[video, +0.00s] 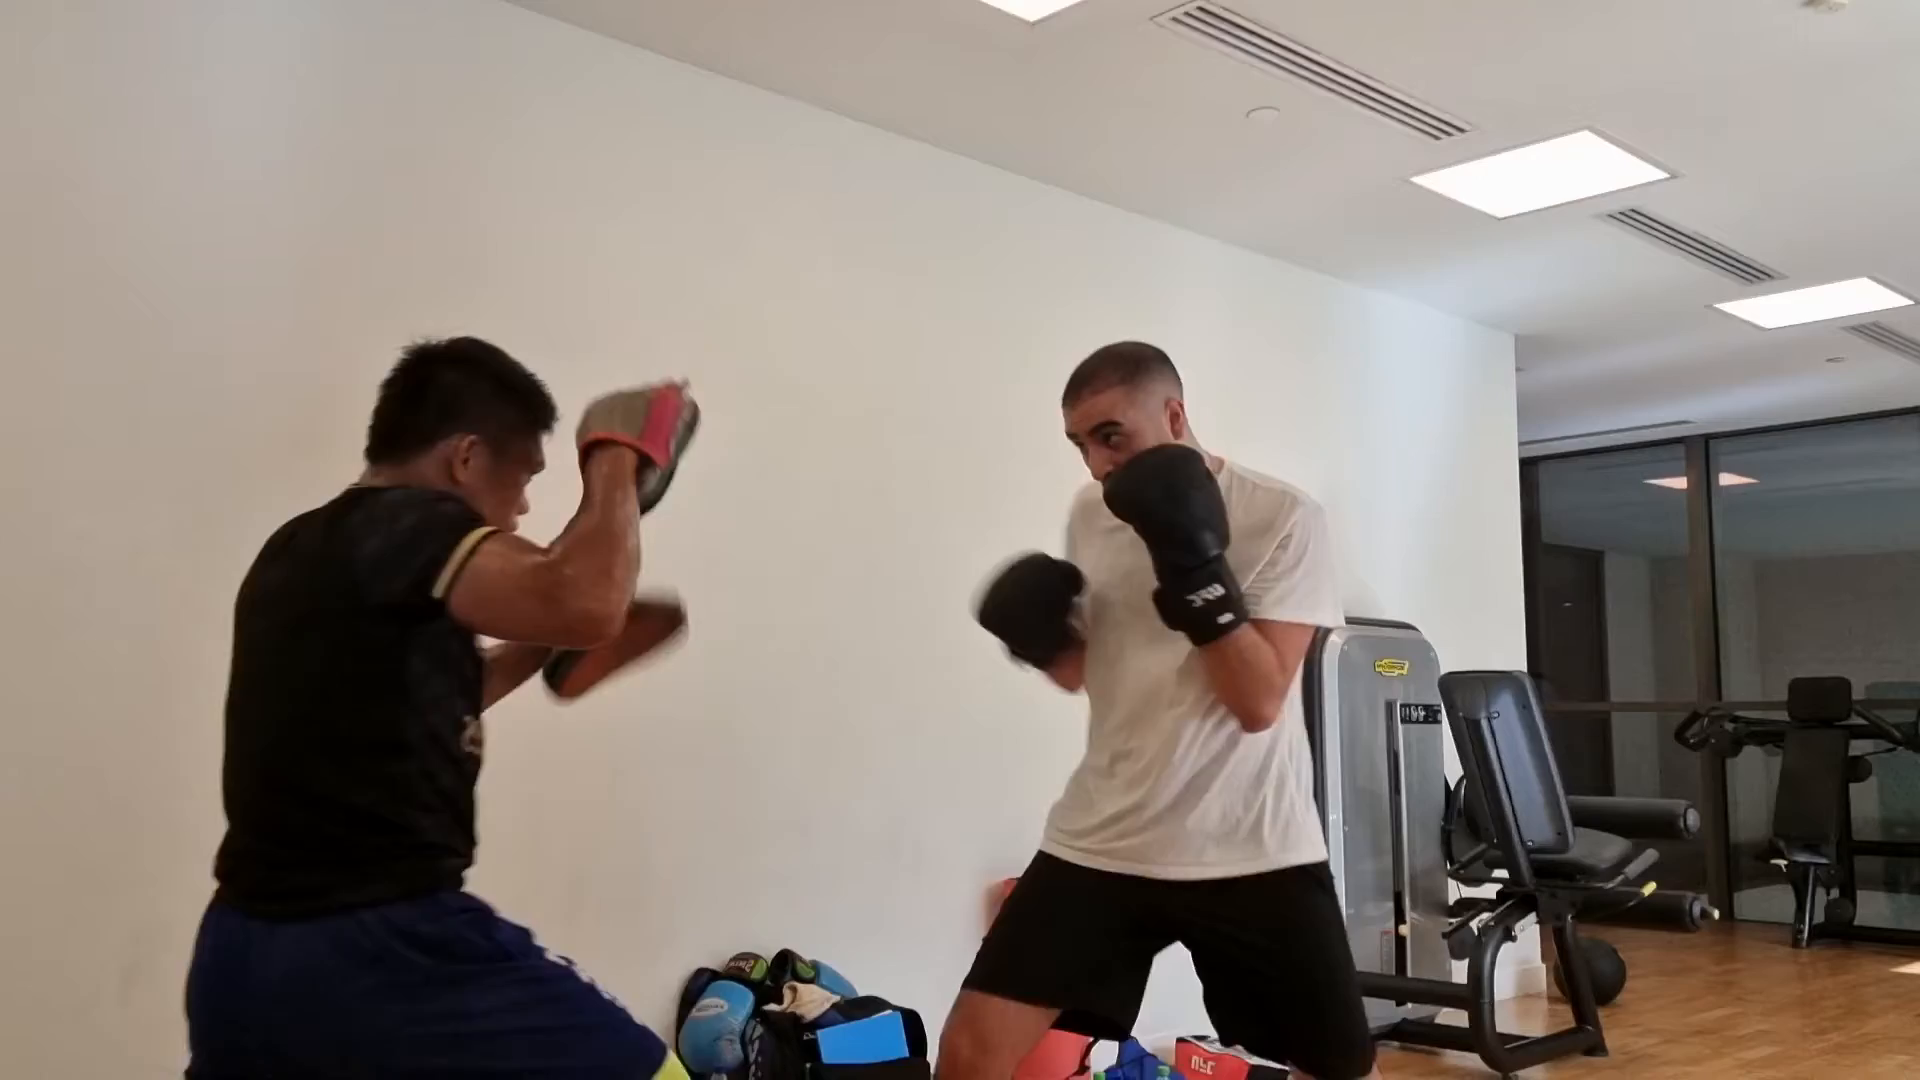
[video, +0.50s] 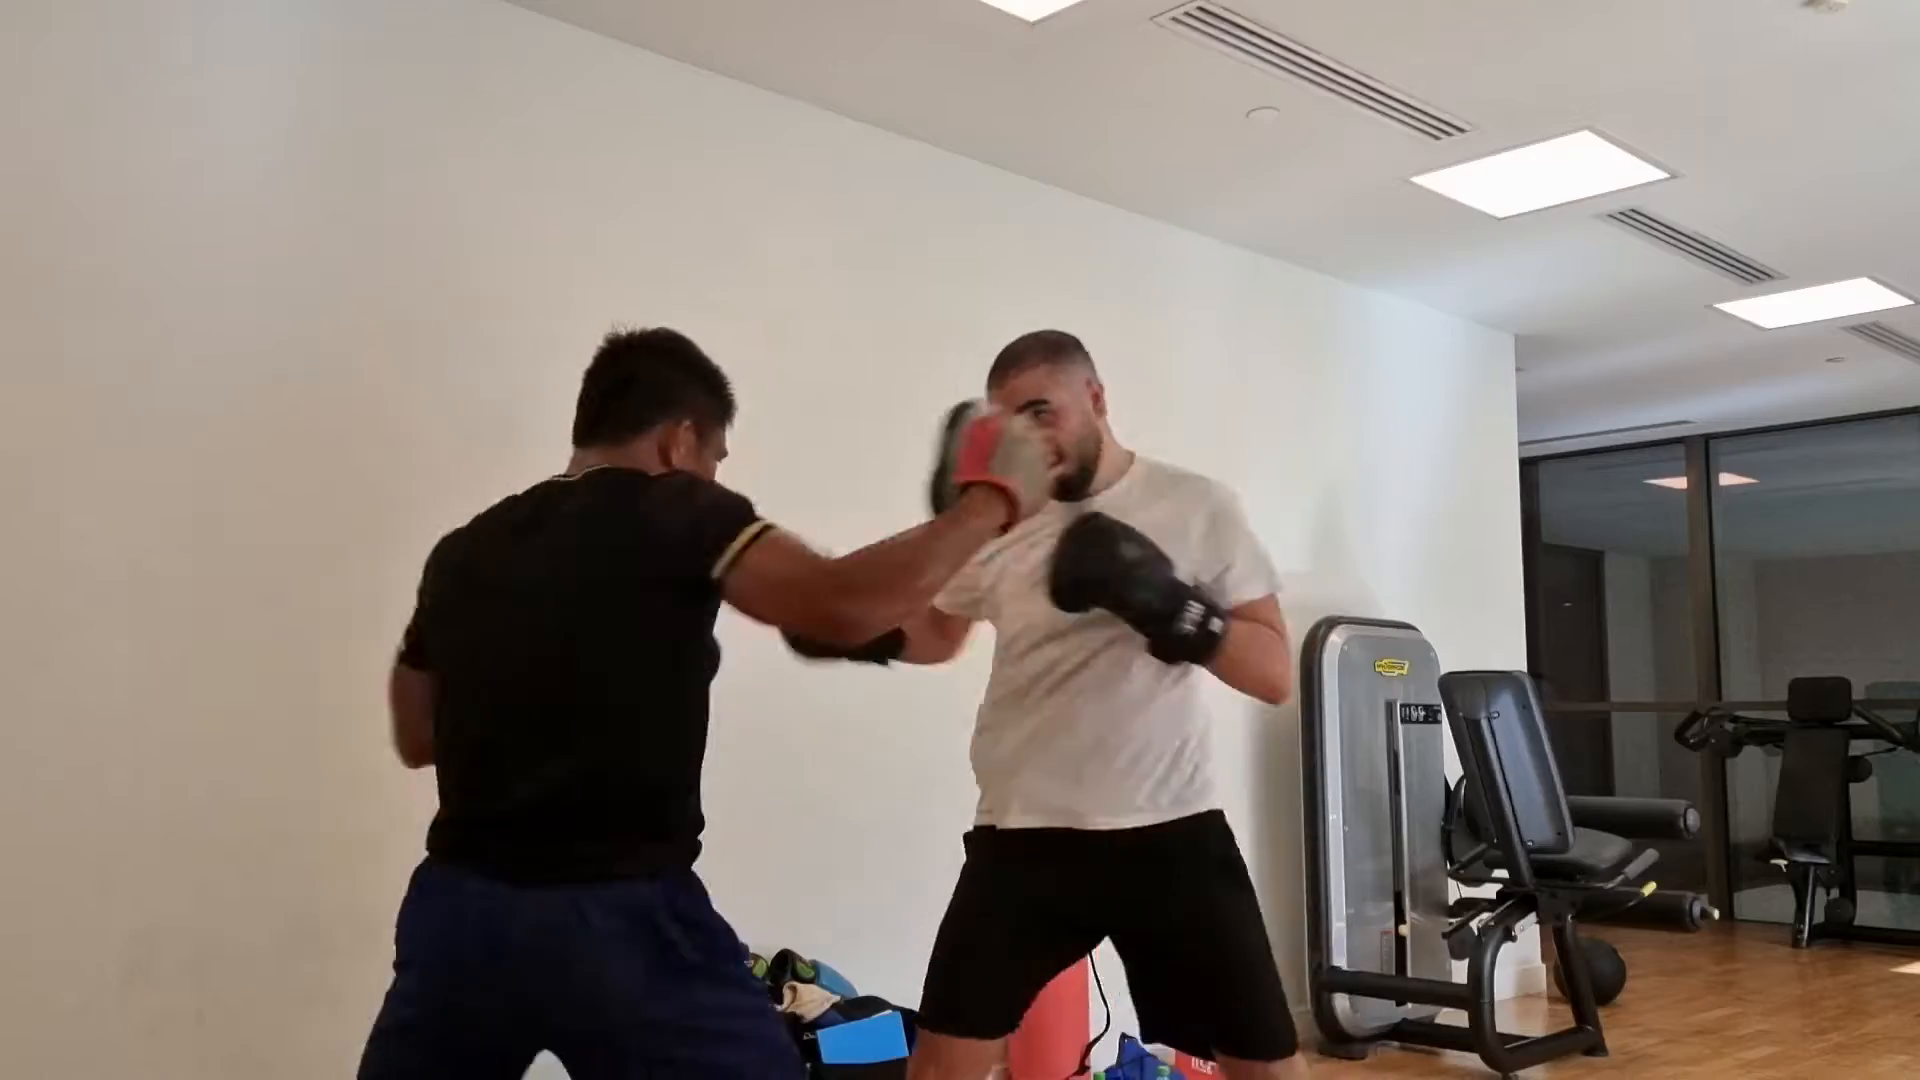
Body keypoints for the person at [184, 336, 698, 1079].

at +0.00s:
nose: (522, 510)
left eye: (528, 485)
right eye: (521, 480)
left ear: (385, 452)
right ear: (463, 459)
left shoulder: (289, 551)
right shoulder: (405, 524)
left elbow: (429, 695)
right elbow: (586, 603)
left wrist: (551, 632)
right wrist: (614, 457)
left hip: (245, 957)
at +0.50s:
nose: (714, 482)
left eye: (721, 465)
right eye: (716, 462)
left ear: (585, 433)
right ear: (677, 440)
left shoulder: (464, 551)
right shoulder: (677, 510)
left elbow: (416, 736)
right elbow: (839, 604)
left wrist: (551, 707)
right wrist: (989, 502)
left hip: (456, 926)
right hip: (630, 928)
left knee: (401, 1069)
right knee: (765, 1060)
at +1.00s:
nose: (710, 522)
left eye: (715, 506)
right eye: (712, 502)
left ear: (584, 470)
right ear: (676, 480)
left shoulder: (447, 568)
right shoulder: (689, 549)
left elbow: (363, 759)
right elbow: (858, 641)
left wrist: (493, 720)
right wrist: (868, 497)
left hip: (428, 950)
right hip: (613, 958)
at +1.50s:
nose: (660, 489)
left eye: (666, 466)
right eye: (664, 461)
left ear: (538, 432)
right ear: (625, 440)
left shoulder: (427, 539)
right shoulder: (593, 515)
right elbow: (707, 620)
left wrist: (639, 542)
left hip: (416, 923)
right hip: (568, 922)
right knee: (701, 1064)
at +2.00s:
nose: (784, 468)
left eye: (790, 447)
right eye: (786, 444)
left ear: (662, 425)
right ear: (748, 432)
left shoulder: (567, 541)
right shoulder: (748, 521)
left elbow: (660, 673)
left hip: (537, 908)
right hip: (690, 915)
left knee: (488, 1068)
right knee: (836, 1063)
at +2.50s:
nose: (848, 471)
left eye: (852, 450)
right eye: (847, 447)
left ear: (773, 442)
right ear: (798, 443)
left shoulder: (769, 552)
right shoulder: (700, 542)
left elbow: (919, 558)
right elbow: (781, 719)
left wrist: (1059, 522)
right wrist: (863, 601)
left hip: (563, 906)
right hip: (641, 917)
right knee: (788, 1065)